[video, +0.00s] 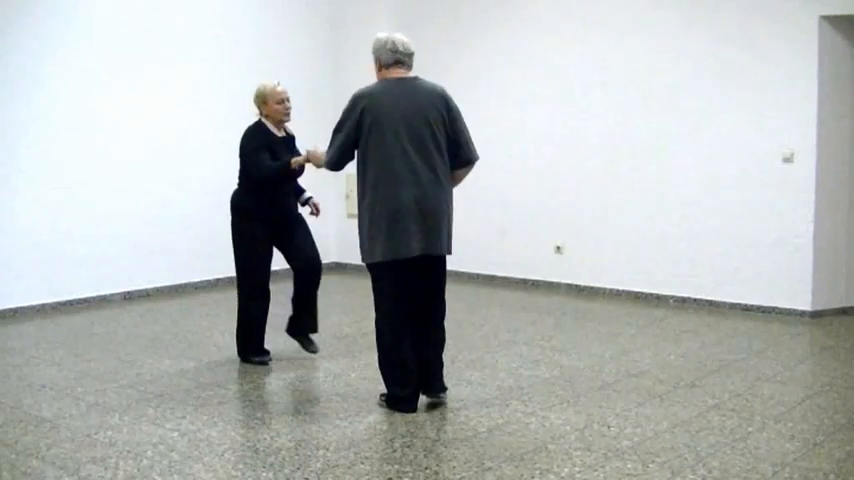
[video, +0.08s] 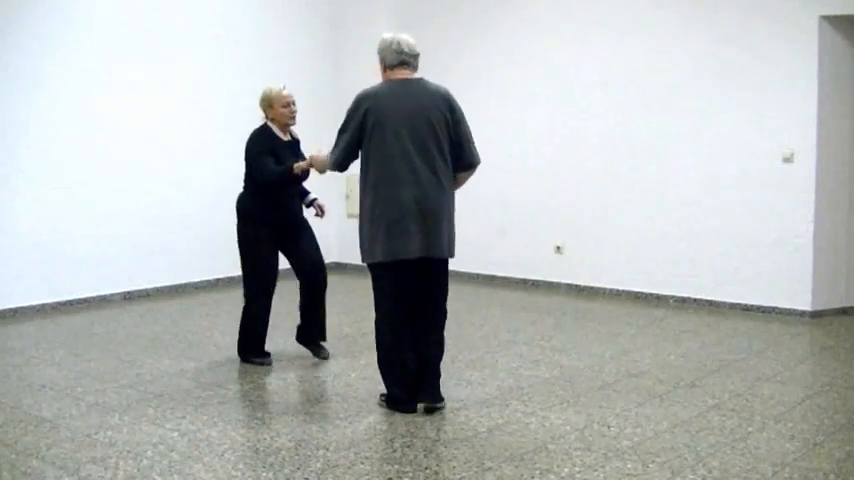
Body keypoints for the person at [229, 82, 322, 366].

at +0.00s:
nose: (288, 105)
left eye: (288, 101)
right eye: (281, 102)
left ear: (287, 104)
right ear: (264, 108)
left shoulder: (287, 137)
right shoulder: (253, 137)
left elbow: (287, 177)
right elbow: (260, 173)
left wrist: (305, 198)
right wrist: (293, 164)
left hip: (283, 214)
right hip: (252, 217)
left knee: (310, 266)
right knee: (254, 283)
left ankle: (300, 327)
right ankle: (250, 349)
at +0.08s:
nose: (293, 109)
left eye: (293, 104)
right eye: (286, 106)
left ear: (293, 108)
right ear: (269, 111)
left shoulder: (292, 141)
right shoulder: (258, 140)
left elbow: (292, 180)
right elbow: (265, 176)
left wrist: (310, 199)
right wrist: (297, 168)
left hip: (289, 217)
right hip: (257, 221)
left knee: (314, 271)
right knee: (260, 285)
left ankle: (310, 334)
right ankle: (250, 349)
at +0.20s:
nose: (305, 112)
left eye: (305, 107)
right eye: (298, 109)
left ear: (304, 111)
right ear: (281, 115)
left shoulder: (305, 144)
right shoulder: (271, 143)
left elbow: (306, 184)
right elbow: (273, 179)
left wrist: (328, 200)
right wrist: (303, 167)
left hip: (301, 223)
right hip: (271, 226)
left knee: (319, 283)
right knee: (272, 288)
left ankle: (309, 345)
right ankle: (253, 349)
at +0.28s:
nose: (314, 108)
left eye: (315, 103)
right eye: (307, 105)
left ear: (315, 108)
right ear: (291, 112)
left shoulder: (318, 141)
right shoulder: (281, 139)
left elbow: (320, 181)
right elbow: (281, 176)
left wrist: (343, 194)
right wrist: (310, 158)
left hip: (312, 218)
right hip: (281, 219)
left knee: (323, 281)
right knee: (287, 281)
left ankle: (310, 344)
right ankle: (261, 343)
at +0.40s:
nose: (330, 102)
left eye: (330, 98)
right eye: (323, 99)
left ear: (330, 103)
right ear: (307, 106)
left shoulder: (332, 135)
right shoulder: (296, 132)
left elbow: (340, 173)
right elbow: (294, 166)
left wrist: (368, 181)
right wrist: (319, 146)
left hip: (324, 213)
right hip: (295, 211)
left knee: (329, 277)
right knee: (314, 274)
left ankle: (318, 346)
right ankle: (299, 341)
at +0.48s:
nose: (341, 104)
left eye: (341, 99)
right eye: (335, 100)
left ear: (338, 102)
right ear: (318, 105)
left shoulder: (344, 134)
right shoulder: (307, 133)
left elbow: (353, 171)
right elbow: (309, 169)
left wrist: (377, 178)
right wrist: (330, 138)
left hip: (333, 209)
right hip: (304, 209)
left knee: (334, 271)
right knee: (328, 271)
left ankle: (312, 338)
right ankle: (331, 342)